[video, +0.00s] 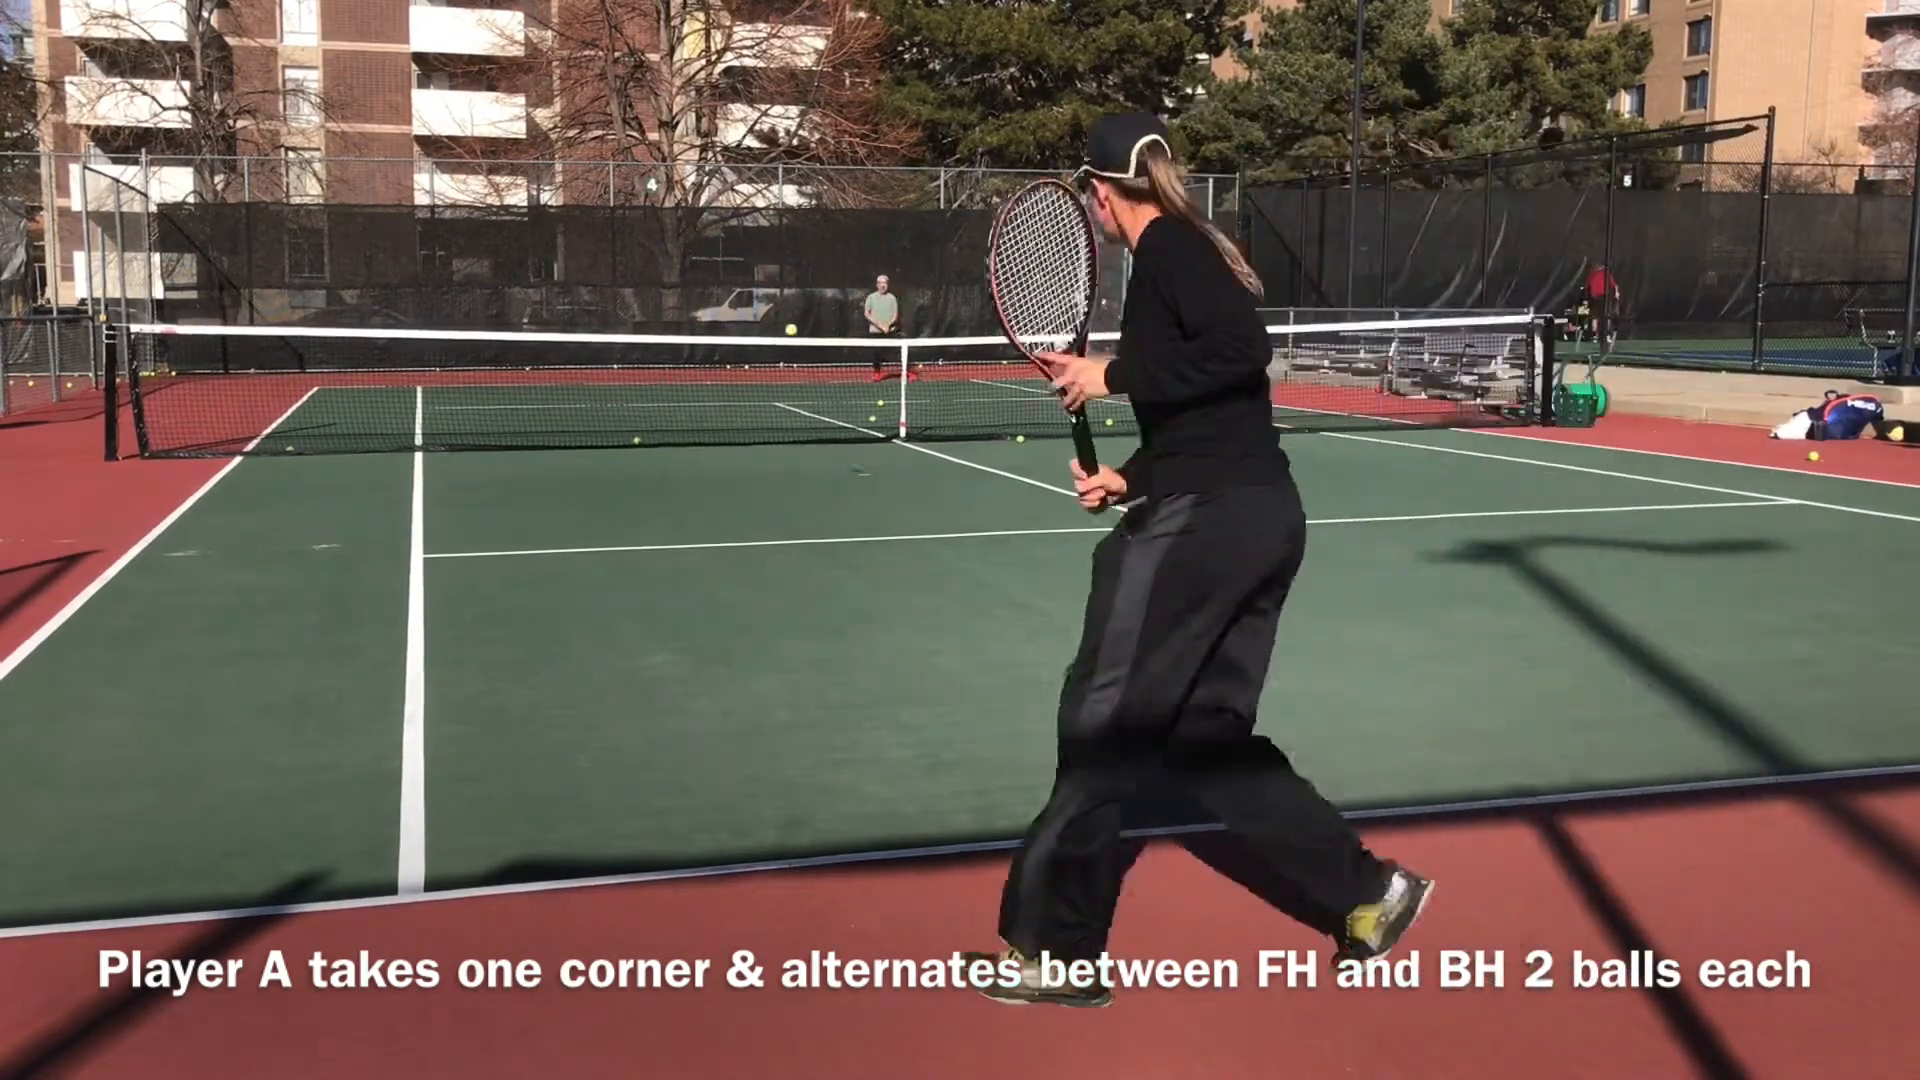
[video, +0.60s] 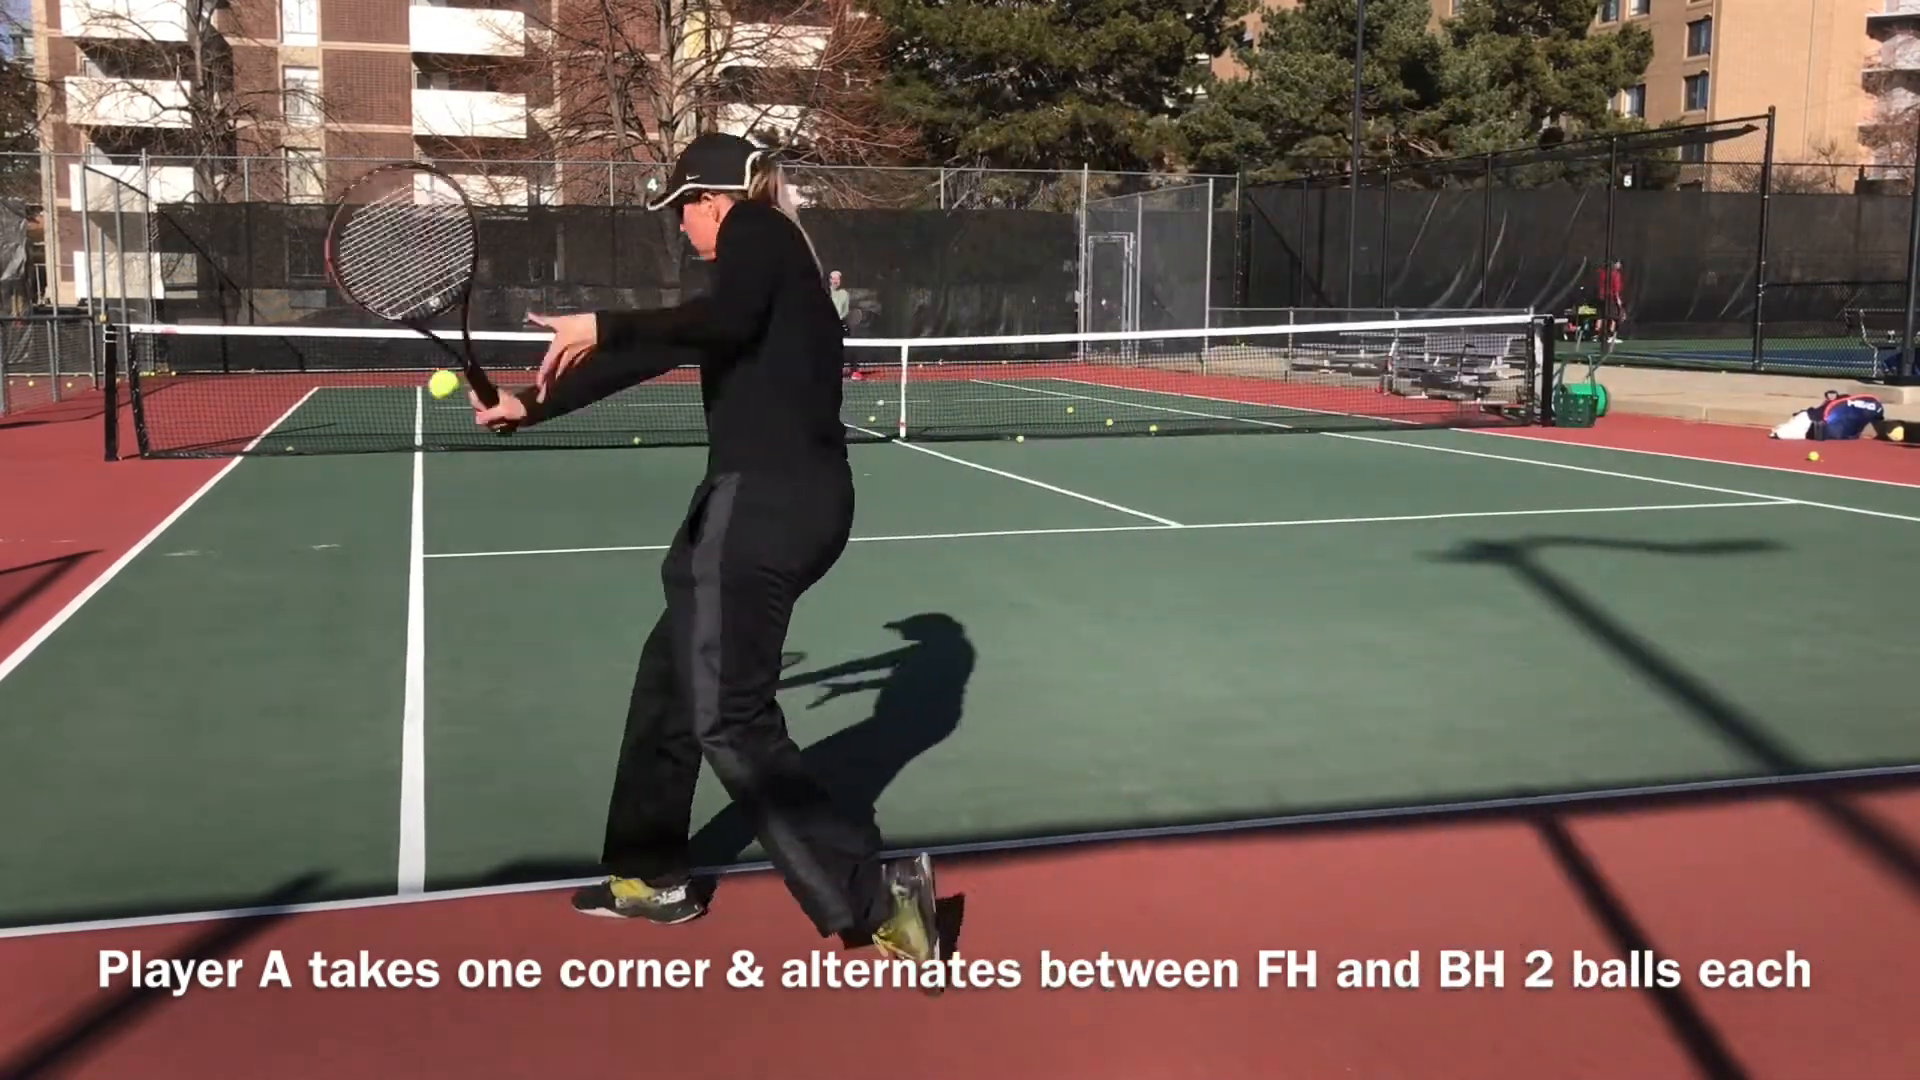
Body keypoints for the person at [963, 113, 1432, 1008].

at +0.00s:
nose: (1090, 208)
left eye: (1090, 192)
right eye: (1091, 192)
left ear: (1107, 191)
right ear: (1153, 181)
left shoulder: (1168, 248)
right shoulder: (1181, 253)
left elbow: (1240, 349)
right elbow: (1214, 405)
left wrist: (1114, 374)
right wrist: (1133, 476)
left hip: (1202, 511)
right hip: (1249, 511)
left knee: (1106, 718)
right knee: (1200, 735)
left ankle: (1057, 949)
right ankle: (1364, 890)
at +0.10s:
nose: (1004, 206)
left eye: (1014, 191)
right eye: (1000, 191)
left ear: (1053, 189)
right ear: (1025, 196)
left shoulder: (1109, 239)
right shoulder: (1051, 265)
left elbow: (1194, 329)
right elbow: (1064, 395)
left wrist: (1060, 332)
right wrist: (1016, 449)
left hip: (1147, 508)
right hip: (1096, 510)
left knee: (1032, 721)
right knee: (1020, 718)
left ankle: (1058, 957)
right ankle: (1178, 865)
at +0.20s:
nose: (937, 195)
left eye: (947, 178)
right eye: (933, 182)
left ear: (986, 169)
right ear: (945, 185)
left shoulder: (1044, 216)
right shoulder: (964, 257)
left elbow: (1130, 291)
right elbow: (942, 376)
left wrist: (1011, 248)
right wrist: (907, 368)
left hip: (1064, 497)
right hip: (1012, 499)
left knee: (995, 719)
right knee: (910, 666)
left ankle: (1060, 952)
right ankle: (927, 897)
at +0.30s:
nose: (870, 179)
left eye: (882, 162)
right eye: (866, 168)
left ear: (928, 156)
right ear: (881, 171)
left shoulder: (968, 222)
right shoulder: (890, 241)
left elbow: (1051, 276)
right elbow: (848, 323)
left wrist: (950, 189)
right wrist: (818, 283)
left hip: (971, 491)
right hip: (924, 496)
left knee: (957, 720)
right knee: (848, 690)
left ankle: (1052, 949)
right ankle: (731, 852)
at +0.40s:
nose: (799, 193)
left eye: (812, 178)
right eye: (799, 178)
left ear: (849, 187)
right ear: (811, 191)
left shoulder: (884, 252)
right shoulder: (821, 267)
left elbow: (931, 297)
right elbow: (768, 275)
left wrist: (865, 180)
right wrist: (728, 229)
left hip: (884, 511)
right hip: (843, 512)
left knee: (890, 737)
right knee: (748, 694)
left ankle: (1036, 933)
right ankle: (670, 873)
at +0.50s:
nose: (731, 228)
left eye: (732, 213)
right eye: (727, 214)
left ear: (758, 205)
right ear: (783, 199)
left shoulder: (817, 255)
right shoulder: (776, 263)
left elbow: (785, 329)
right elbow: (691, 271)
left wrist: (708, 245)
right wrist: (609, 243)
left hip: (817, 521)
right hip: (787, 522)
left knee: (794, 746)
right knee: (677, 666)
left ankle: (982, 904)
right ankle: (650, 871)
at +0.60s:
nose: (682, 229)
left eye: (686, 210)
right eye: (681, 213)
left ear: (713, 199)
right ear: (739, 194)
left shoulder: (755, 235)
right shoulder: (762, 251)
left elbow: (728, 321)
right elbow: (655, 345)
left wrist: (604, 329)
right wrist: (542, 398)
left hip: (768, 494)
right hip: (762, 491)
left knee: (727, 715)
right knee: (669, 675)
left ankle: (876, 901)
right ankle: (649, 874)